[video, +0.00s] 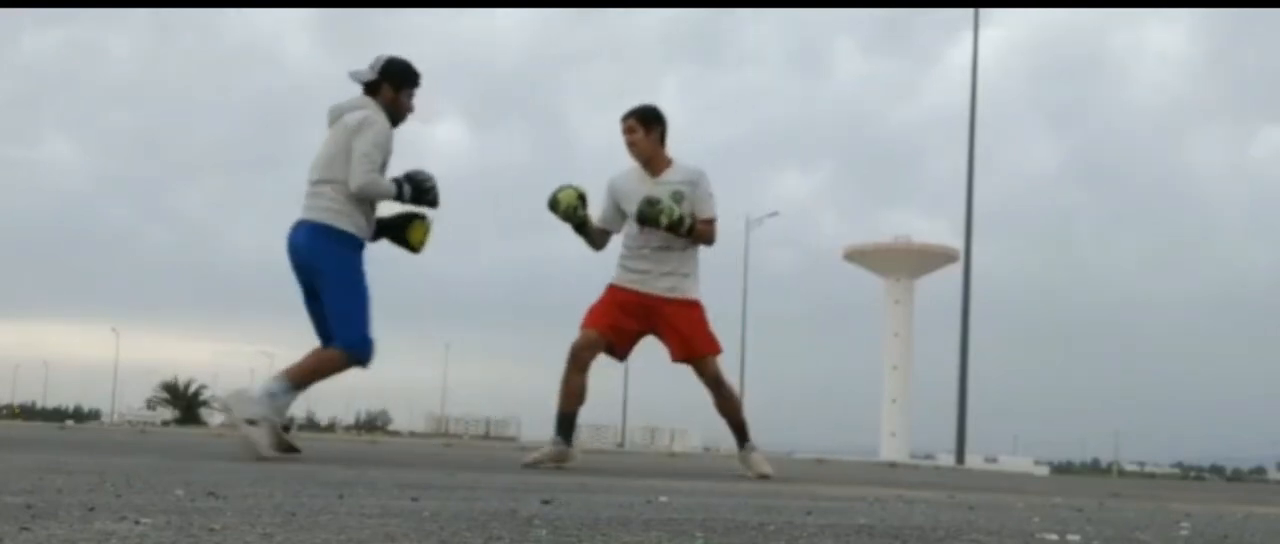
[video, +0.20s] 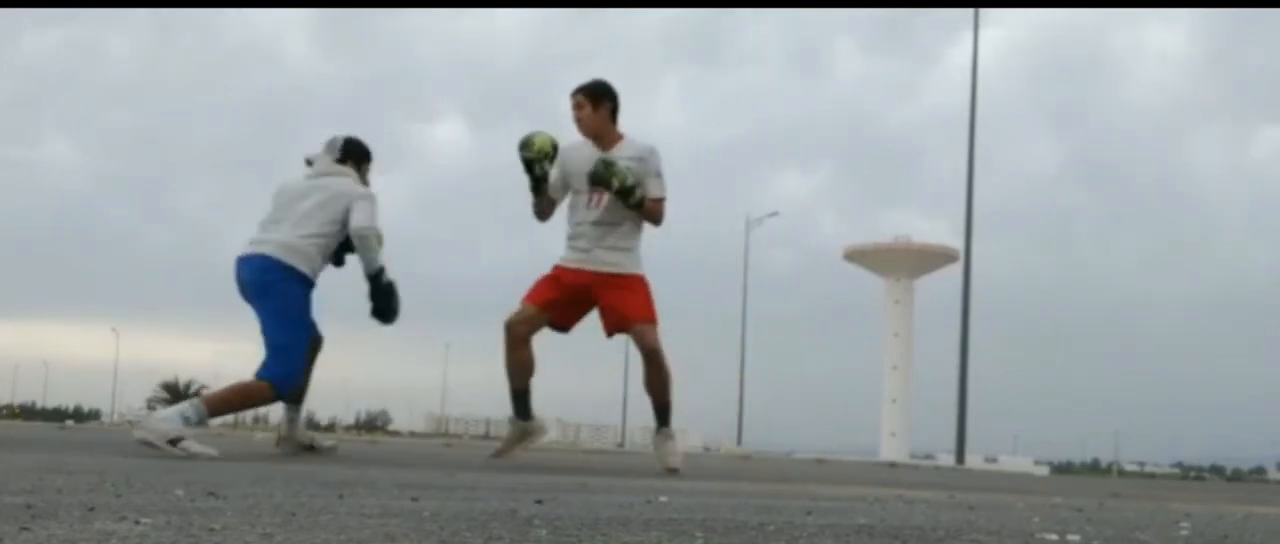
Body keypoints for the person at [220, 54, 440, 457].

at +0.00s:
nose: (412, 105)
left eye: (413, 96)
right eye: (409, 95)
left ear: (379, 91)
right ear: (387, 90)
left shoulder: (350, 121)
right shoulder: (374, 124)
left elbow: (338, 205)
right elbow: (362, 182)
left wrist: (384, 228)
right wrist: (403, 188)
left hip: (310, 236)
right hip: (333, 239)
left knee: (338, 345)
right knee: (355, 347)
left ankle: (272, 412)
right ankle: (265, 399)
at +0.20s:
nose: (367, 176)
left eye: (367, 170)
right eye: (366, 170)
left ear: (330, 159)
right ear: (358, 165)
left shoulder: (297, 183)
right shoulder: (356, 190)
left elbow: (289, 224)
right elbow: (362, 230)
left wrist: (328, 245)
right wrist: (378, 279)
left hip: (250, 267)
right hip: (282, 274)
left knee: (310, 340)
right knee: (281, 382)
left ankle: (292, 429)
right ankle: (174, 418)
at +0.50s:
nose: (385, 142)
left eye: (388, 136)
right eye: (382, 133)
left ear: (368, 131)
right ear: (363, 126)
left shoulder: (348, 163)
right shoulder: (340, 140)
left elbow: (319, 216)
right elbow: (339, 152)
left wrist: (347, 233)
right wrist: (384, 154)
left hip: (305, 242)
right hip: (297, 237)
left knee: (330, 336)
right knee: (314, 332)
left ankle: (297, 428)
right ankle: (242, 417)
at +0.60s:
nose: (397, 128)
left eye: (400, 121)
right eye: (394, 118)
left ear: (383, 116)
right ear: (372, 111)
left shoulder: (354, 141)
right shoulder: (353, 132)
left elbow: (331, 202)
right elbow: (320, 159)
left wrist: (359, 213)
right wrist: (364, 178)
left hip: (296, 229)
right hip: (305, 229)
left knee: (327, 329)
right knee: (337, 326)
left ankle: (298, 422)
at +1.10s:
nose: (393, 185)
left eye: (396, 178)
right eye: (390, 176)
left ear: (379, 175)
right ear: (371, 170)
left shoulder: (360, 204)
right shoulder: (348, 187)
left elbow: (346, 256)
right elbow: (314, 228)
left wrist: (364, 296)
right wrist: (343, 263)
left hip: (330, 281)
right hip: (308, 276)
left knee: (381, 351)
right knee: (336, 346)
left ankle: (353, 430)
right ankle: (318, 430)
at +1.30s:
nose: (350, 146)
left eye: (355, 140)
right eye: (344, 138)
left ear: (359, 146)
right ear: (329, 140)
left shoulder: (354, 194)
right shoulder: (299, 173)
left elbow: (360, 242)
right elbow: (271, 216)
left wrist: (346, 280)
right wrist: (315, 224)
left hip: (329, 275)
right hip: (294, 267)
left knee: (366, 346)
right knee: (296, 347)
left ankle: (349, 426)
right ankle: (244, 410)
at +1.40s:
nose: (335, 158)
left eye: (339, 152)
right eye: (329, 151)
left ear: (343, 156)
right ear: (312, 152)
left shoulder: (341, 198)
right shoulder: (286, 183)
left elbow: (348, 247)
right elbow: (267, 232)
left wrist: (341, 280)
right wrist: (308, 227)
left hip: (322, 285)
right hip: (282, 281)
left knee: (365, 347)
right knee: (267, 364)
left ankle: (348, 427)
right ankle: (231, 419)